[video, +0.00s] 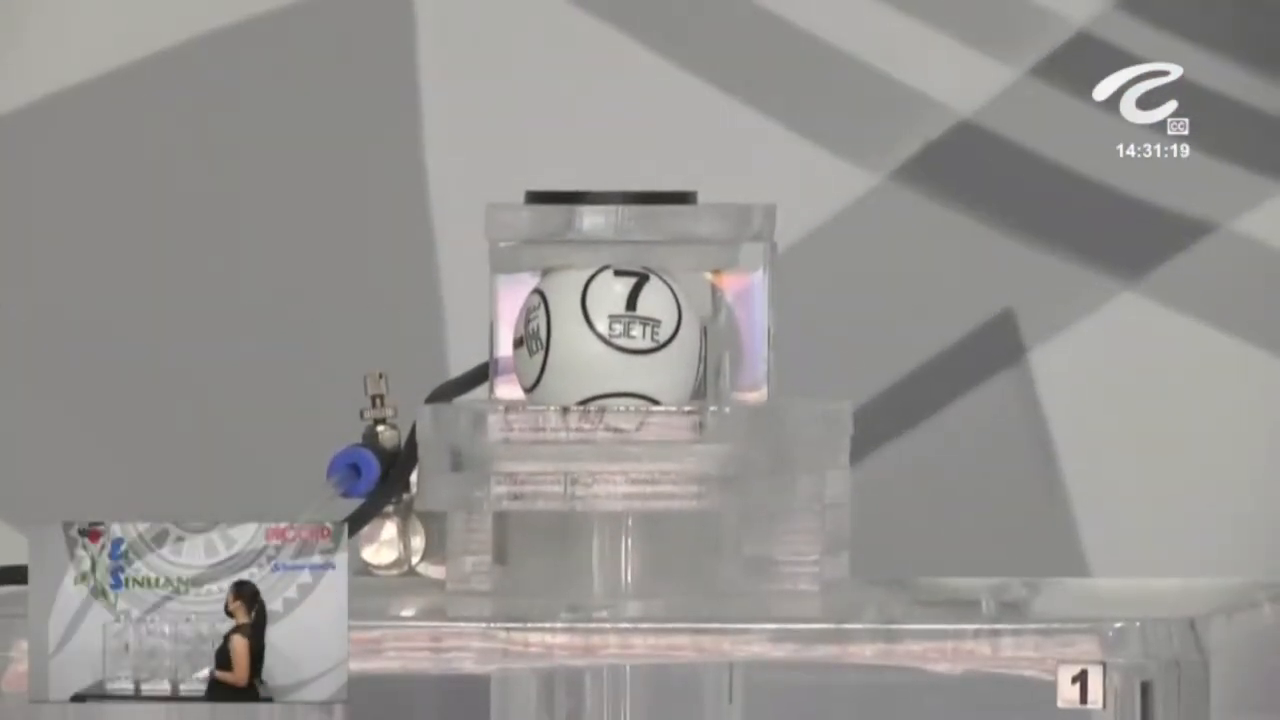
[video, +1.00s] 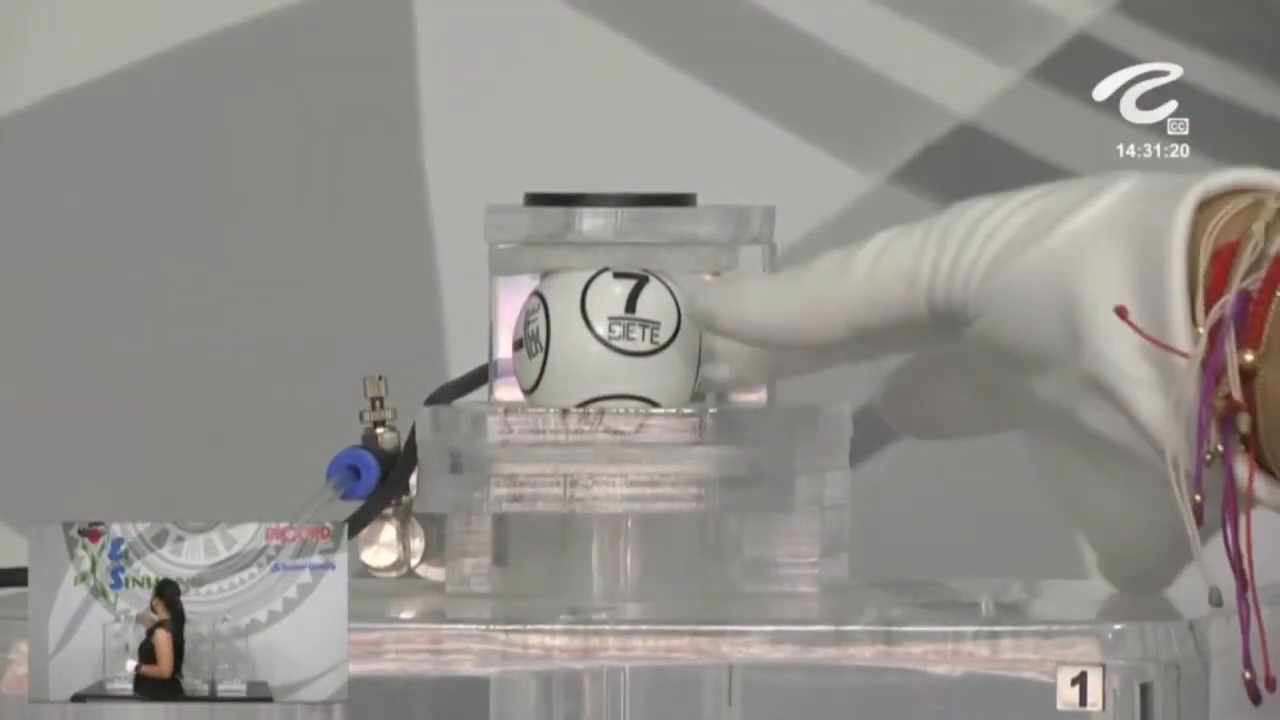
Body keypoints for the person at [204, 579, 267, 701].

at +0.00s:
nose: (226, 601)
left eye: (229, 597)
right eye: (227, 597)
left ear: (238, 602)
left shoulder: (238, 636)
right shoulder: (254, 631)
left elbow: (240, 679)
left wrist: (213, 674)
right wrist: (216, 671)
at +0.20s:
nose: (205, 599)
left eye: (208, 595)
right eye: (207, 595)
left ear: (214, 600)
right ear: (230, 600)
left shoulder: (212, 632)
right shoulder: (234, 630)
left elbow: (208, 674)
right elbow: (227, 671)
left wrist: (189, 667)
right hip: (228, 696)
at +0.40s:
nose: (189, 603)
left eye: (191, 599)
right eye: (191, 598)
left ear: (197, 601)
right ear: (212, 602)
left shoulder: (195, 633)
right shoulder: (216, 631)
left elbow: (188, 675)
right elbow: (209, 672)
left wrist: (169, 667)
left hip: (189, 699)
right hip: (210, 697)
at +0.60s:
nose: (174, 602)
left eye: (176, 598)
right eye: (176, 598)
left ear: (182, 601)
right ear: (196, 601)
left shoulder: (182, 633)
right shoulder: (199, 629)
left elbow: (182, 674)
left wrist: (158, 668)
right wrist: (165, 628)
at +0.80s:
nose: (161, 600)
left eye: (163, 596)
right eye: (163, 596)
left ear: (168, 600)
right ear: (183, 601)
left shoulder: (171, 632)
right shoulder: (184, 627)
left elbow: (174, 673)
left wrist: (148, 669)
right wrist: (147, 617)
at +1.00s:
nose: (151, 601)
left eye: (153, 597)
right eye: (153, 597)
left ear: (158, 600)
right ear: (173, 600)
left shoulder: (161, 631)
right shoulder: (175, 626)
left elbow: (165, 671)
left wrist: (139, 668)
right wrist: (149, 625)